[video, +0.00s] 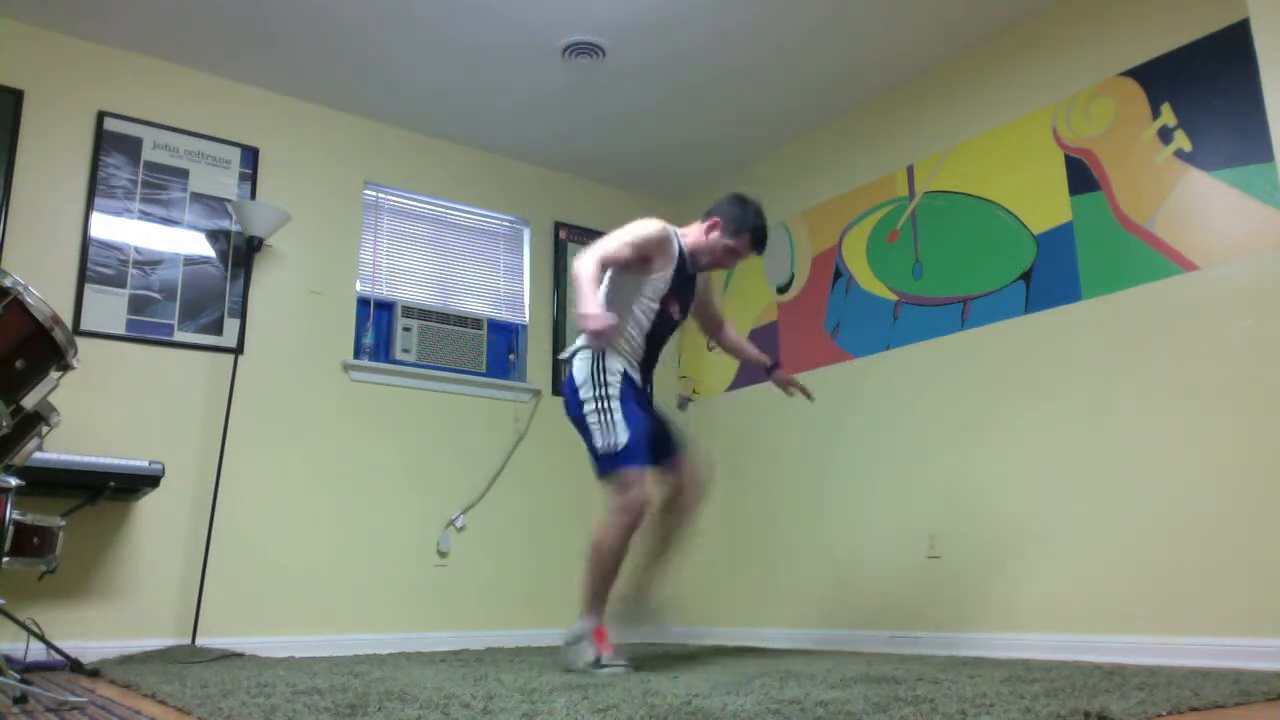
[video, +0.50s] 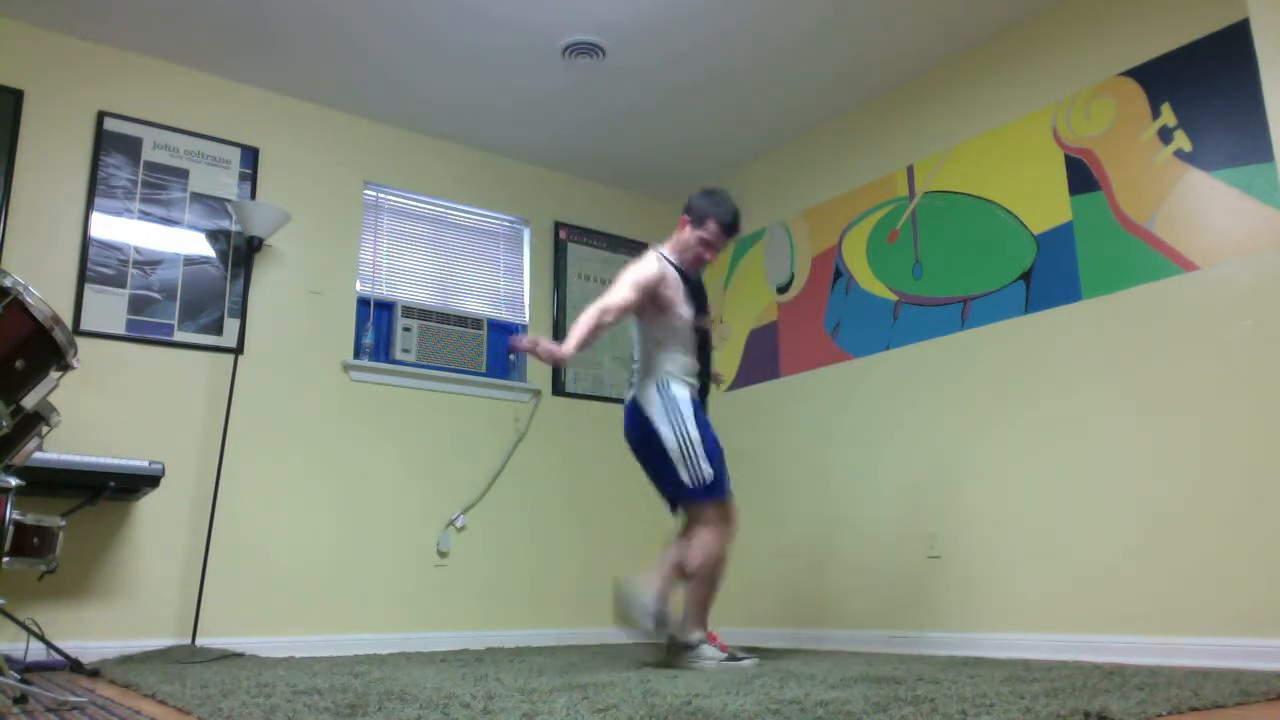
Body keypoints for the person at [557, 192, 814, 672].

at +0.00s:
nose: (726, 265)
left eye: (734, 261)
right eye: (728, 254)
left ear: (723, 241)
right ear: (711, 226)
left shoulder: (697, 277)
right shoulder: (656, 235)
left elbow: (717, 329)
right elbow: (588, 260)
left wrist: (771, 369)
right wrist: (592, 309)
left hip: (629, 380)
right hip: (597, 366)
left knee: (685, 478)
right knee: (632, 494)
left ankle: (632, 604)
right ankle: (588, 630)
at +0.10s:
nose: (721, 265)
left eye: (730, 260)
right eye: (723, 252)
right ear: (703, 228)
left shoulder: (691, 287)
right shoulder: (647, 250)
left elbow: (712, 337)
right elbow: (586, 286)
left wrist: (763, 365)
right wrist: (612, 321)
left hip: (631, 397)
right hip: (602, 387)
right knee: (672, 448)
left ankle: (575, 632)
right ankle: (631, 573)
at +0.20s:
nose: (724, 254)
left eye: (732, 248)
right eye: (725, 241)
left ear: (732, 241)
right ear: (707, 217)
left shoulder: (697, 272)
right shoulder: (652, 242)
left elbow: (705, 332)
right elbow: (594, 283)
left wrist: (747, 347)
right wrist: (613, 335)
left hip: (632, 386)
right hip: (607, 374)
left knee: (641, 511)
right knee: (696, 405)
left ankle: (588, 615)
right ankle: (694, 542)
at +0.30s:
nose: (728, 249)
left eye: (737, 243)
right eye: (728, 236)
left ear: (741, 241)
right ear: (709, 213)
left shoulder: (703, 268)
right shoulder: (663, 238)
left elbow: (705, 317)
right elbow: (600, 275)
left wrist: (737, 331)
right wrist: (607, 333)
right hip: (620, 361)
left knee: (685, 478)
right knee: (712, 425)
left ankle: (629, 571)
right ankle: (712, 565)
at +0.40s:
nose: (722, 253)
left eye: (730, 247)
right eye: (722, 240)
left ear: (729, 242)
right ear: (700, 219)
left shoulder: (688, 269)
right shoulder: (661, 252)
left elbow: (677, 315)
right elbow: (615, 282)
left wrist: (710, 329)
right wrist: (592, 329)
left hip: (649, 388)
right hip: (646, 387)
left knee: (692, 504)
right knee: (716, 498)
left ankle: (655, 603)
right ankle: (694, 632)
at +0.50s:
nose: (709, 256)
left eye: (717, 249)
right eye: (707, 243)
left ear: (721, 243)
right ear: (684, 225)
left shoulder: (680, 275)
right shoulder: (652, 268)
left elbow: (674, 330)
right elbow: (606, 309)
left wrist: (702, 331)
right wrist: (567, 350)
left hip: (674, 402)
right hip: (666, 404)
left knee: (704, 519)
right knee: (716, 521)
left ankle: (650, 597)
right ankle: (693, 637)